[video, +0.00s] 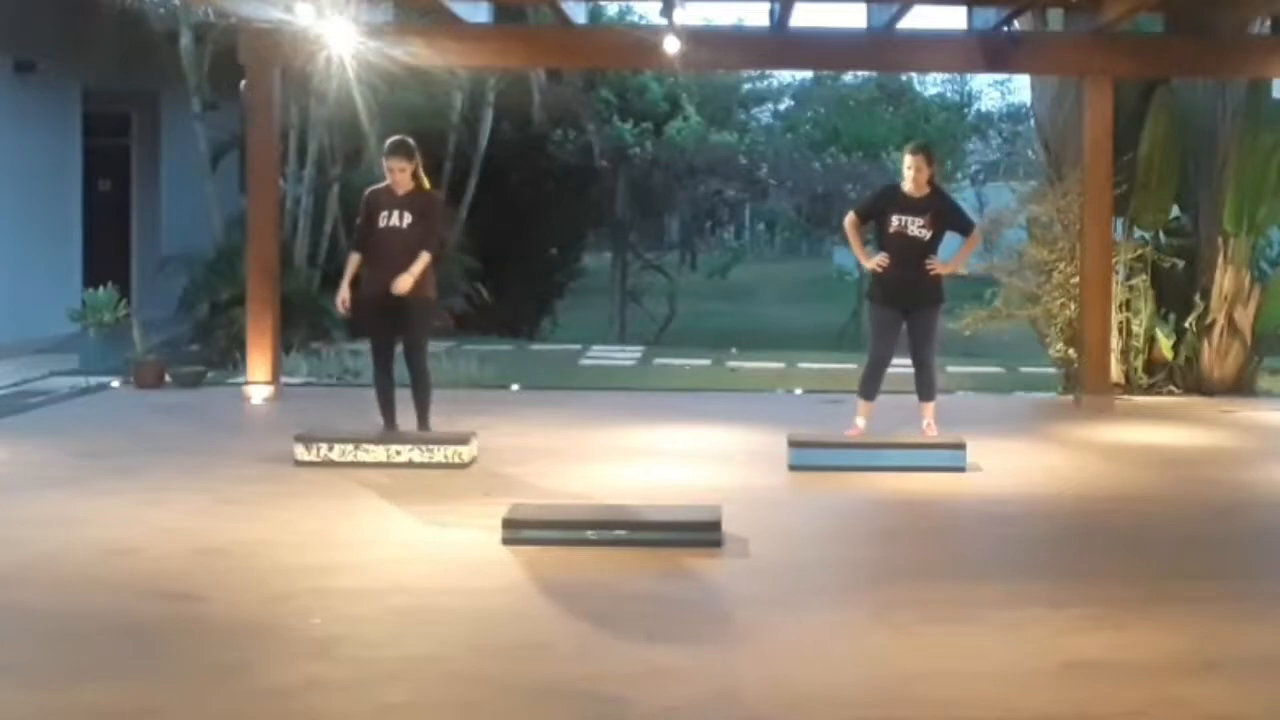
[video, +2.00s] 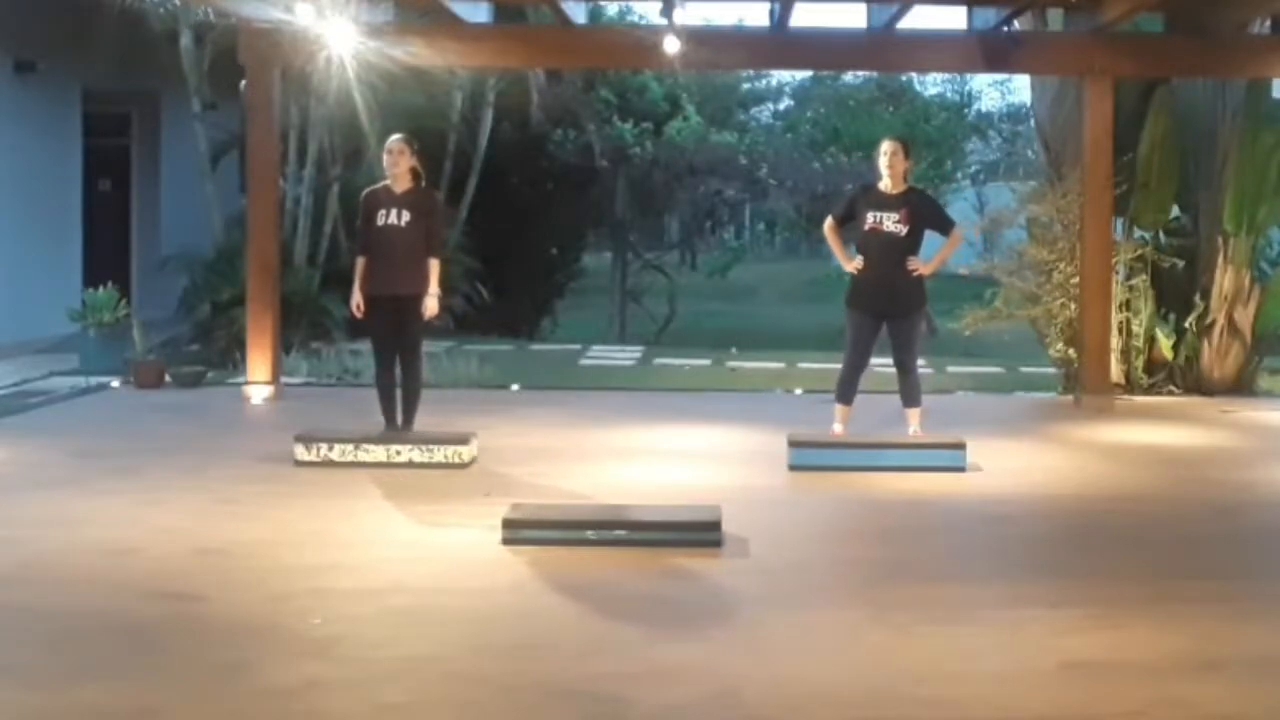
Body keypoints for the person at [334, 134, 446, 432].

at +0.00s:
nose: (395, 176)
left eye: (401, 170)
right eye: (390, 170)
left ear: (414, 168)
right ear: (384, 168)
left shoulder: (430, 200)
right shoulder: (373, 197)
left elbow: (432, 244)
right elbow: (359, 244)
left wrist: (411, 274)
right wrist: (345, 284)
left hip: (415, 291)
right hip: (377, 291)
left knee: (416, 358)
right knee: (382, 359)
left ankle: (423, 424)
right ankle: (389, 424)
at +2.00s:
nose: (392, 159)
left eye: (399, 153)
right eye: (388, 153)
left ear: (413, 159)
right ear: (382, 158)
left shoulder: (428, 199)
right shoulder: (371, 197)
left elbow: (434, 249)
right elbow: (363, 247)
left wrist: (432, 291)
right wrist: (356, 287)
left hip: (412, 294)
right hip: (378, 294)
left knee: (410, 361)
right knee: (384, 361)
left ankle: (407, 424)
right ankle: (389, 423)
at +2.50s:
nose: (390, 159)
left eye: (397, 154)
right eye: (386, 153)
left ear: (411, 159)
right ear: (381, 158)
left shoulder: (425, 199)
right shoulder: (370, 198)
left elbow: (432, 249)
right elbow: (361, 248)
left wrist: (431, 292)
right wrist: (355, 288)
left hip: (410, 295)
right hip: (377, 295)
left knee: (409, 363)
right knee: (383, 364)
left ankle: (407, 425)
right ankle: (389, 424)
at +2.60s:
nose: (389, 159)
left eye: (397, 154)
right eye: (386, 153)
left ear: (411, 159)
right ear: (381, 158)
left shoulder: (425, 199)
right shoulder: (370, 198)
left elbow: (432, 249)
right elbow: (361, 248)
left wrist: (431, 292)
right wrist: (355, 288)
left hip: (410, 295)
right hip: (377, 295)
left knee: (409, 363)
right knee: (382, 364)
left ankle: (407, 425)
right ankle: (389, 424)